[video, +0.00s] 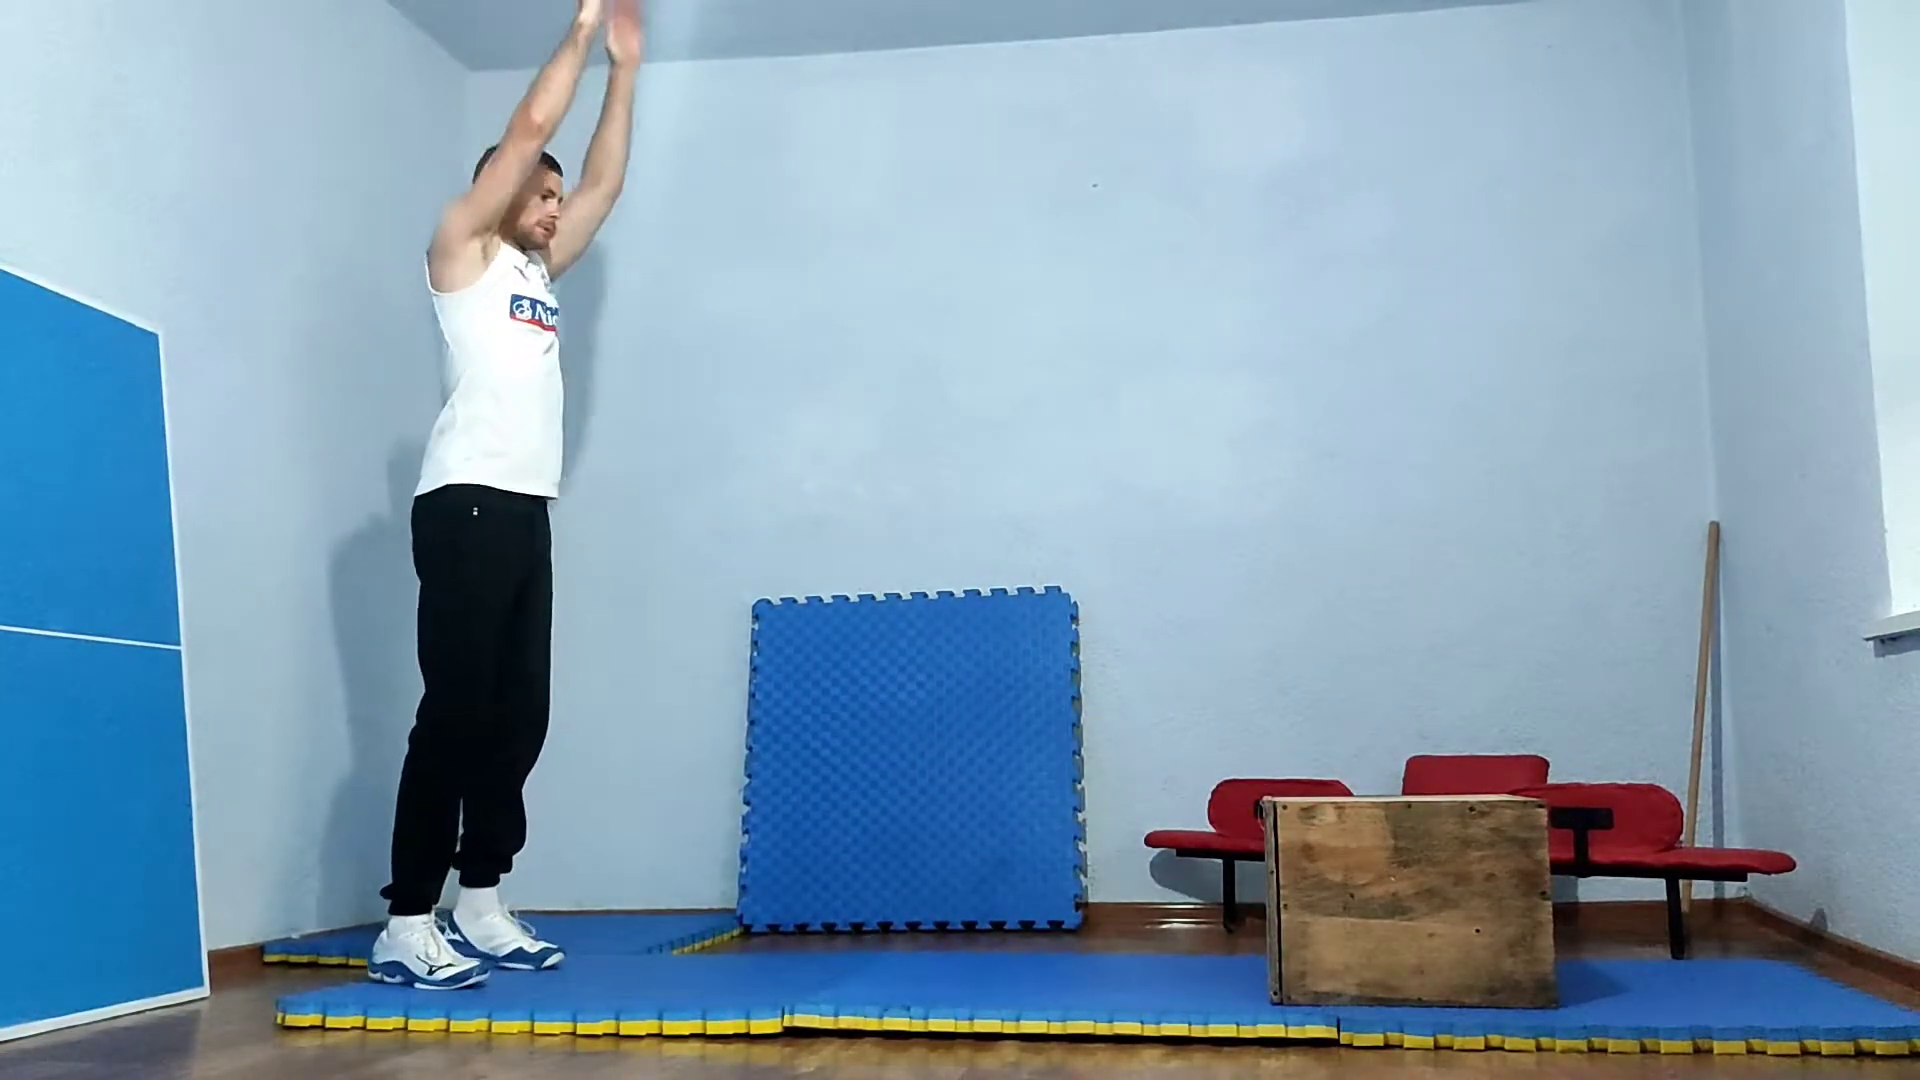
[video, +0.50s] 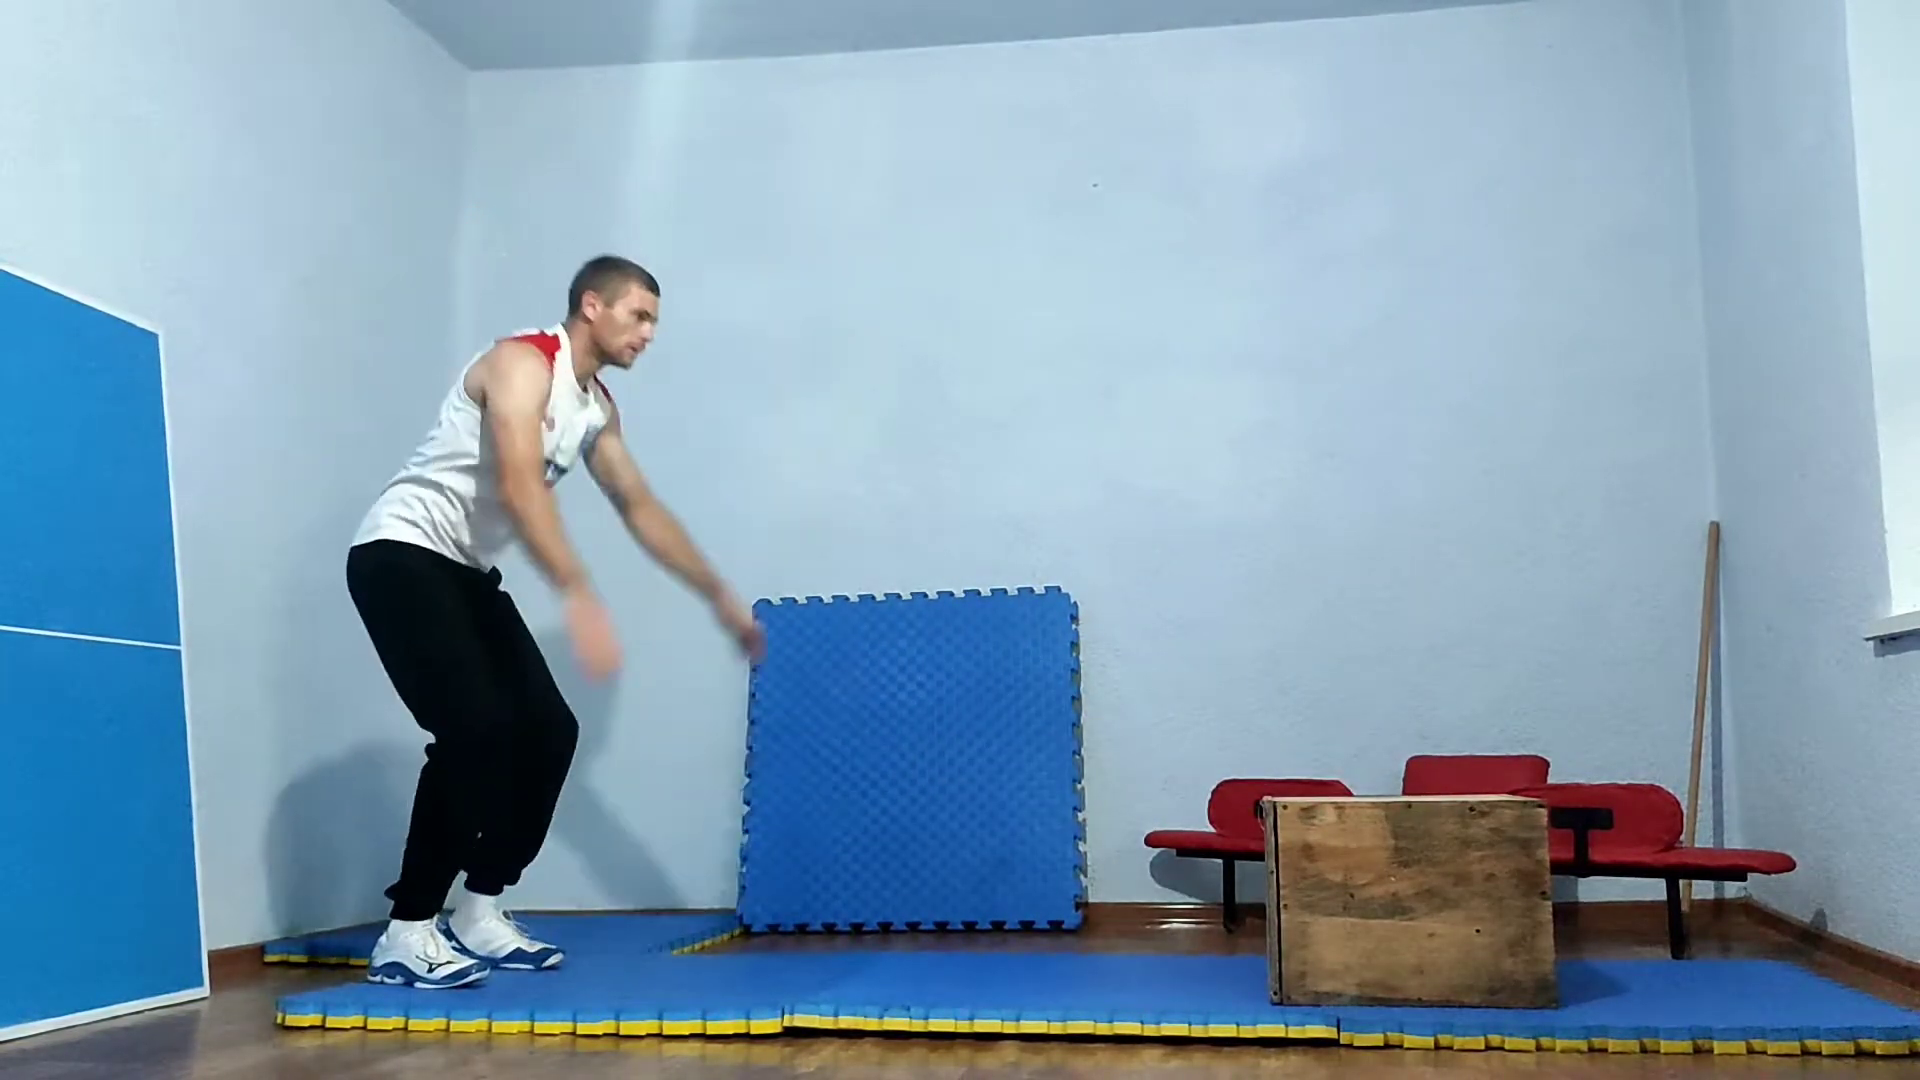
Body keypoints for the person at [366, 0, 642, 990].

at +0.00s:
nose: (555, 206)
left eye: (560, 195)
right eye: (541, 190)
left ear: (552, 209)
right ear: (498, 190)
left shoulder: (536, 272)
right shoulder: (465, 248)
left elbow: (603, 182)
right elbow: (531, 126)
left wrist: (624, 68)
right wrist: (585, 29)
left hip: (526, 517)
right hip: (465, 510)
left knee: (518, 719)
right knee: (457, 712)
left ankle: (478, 905)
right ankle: (406, 925)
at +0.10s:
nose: (565, 212)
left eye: (569, 200)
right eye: (551, 193)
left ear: (561, 214)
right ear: (504, 192)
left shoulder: (541, 278)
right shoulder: (466, 252)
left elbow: (626, 206)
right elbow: (551, 154)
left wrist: (670, 100)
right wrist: (623, 58)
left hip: (518, 522)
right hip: (456, 511)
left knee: (517, 720)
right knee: (454, 715)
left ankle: (475, 909)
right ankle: (405, 925)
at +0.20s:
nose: (576, 224)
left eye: (578, 210)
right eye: (566, 207)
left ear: (551, 215)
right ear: (515, 202)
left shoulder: (549, 296)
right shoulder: (472, 262)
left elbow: (655, 247)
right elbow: (580, 199)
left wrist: (724, 164)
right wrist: (677, 118)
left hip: (506, 534)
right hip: (442, 518)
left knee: (515, 724)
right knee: (455, 718)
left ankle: (472, 910)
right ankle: (405, 927)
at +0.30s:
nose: (592, 246)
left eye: (596, 234)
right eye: (582, 229)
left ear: (569, 237)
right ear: (532, 224)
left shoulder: (559, 314)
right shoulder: (474, 279)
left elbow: (678, 316)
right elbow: (594, 276)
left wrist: (775, 266)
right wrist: (718, 233)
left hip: (492, 544)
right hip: (427, 527)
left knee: (519, 723)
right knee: (454, 720)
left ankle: (473, 912)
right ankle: (405, 930)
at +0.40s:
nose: (616, 279)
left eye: (621, 268)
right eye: (607, 261)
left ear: (595, 273)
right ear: (556, 253)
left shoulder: (579, 349)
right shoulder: (498, 310)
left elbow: (666, 406)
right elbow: (573, 385)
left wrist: (780, 428)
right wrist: (686, 417)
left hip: (480, 554)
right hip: (413, 532)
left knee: (529, 722)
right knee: (459, 724)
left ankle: (474, 911)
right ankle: (406, 929)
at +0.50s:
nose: (648, 334)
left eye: (653, 322)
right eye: (639, 317)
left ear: (610, 316)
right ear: (591, 305)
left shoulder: (595, 406)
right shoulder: (520, 364)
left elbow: (640, 506)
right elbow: (520, 486)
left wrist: (720, 594)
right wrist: (578, 593)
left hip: (468, 572)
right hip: (401, 555)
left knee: (548, 730)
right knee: (474, 730)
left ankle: (476, 912)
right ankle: (407, 931)